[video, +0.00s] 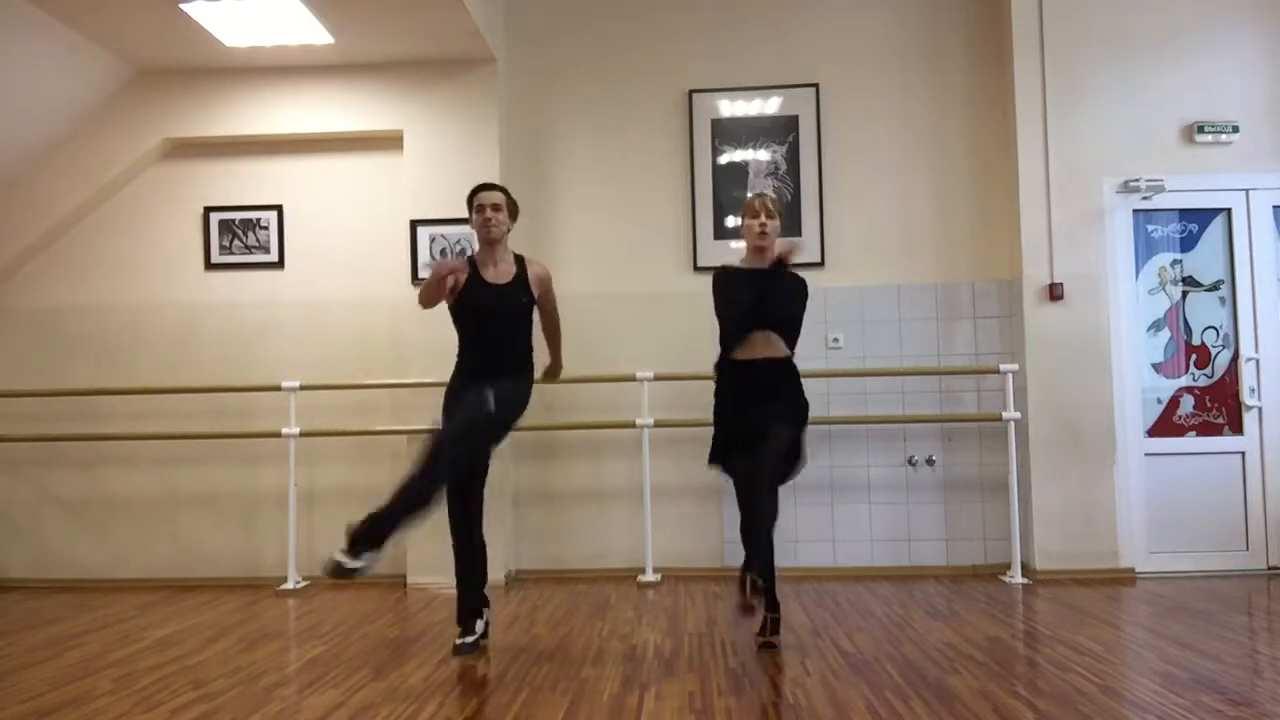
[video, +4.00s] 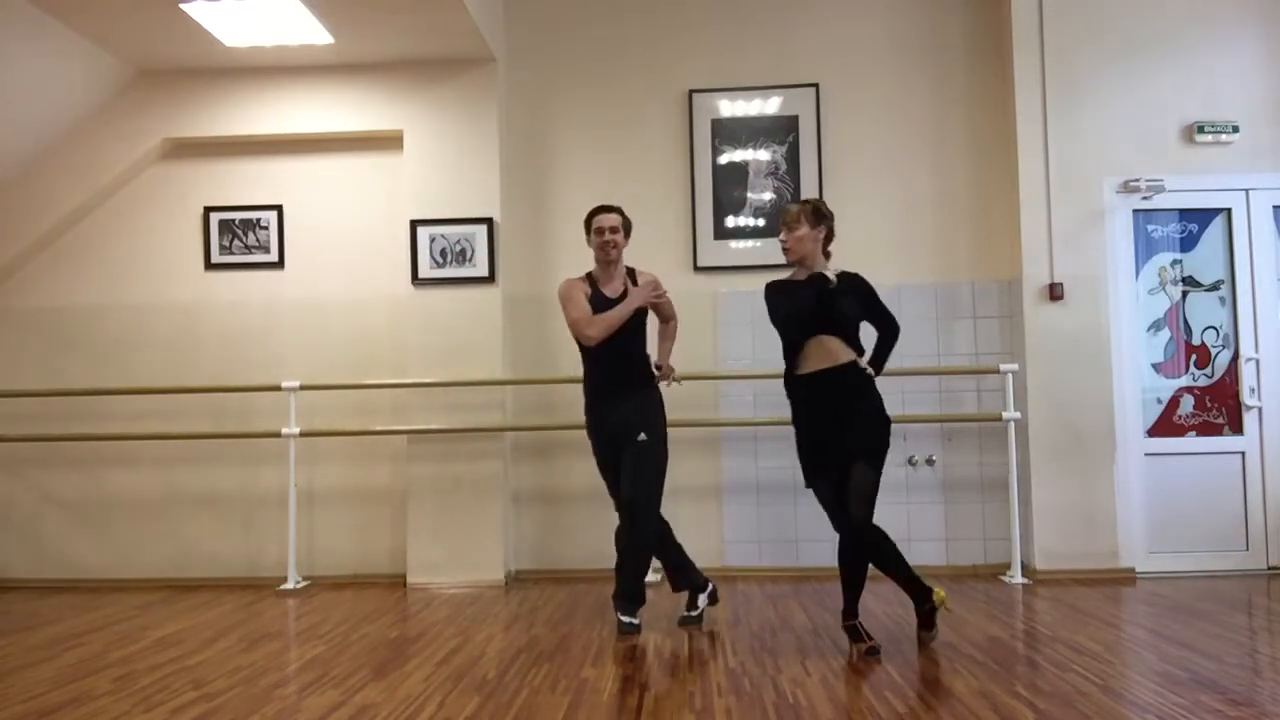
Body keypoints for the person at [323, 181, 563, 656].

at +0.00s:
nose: (489, 216)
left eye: (497, 208)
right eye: (481, 210)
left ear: (512, 219)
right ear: (470, 221)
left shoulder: (534, 274)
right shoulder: (458, 269)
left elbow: (550, 320)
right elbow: (426, 301)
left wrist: (555, 361)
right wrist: (440, 279)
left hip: (512, 384)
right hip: (466, 383)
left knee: (442, 460)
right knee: (465, 509)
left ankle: (364, 541)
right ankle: (473, 617)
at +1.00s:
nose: (487, 221)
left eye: (495, 215)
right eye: (480, 215)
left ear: (510, 226)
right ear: (469, 226)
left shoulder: (528, 284)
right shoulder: (454, 287)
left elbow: (548, 357)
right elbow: (446, 353)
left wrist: (563, 421)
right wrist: (427, 409)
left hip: (523, 411)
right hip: (473, 410)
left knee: (532, 512)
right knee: (446, 483)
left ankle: (534, 611)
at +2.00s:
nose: (561, 226)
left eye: (568, 220)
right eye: (554, 221)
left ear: (583, 228)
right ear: (544, 233)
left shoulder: (601, 277)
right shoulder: (539, 286)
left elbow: (581, 302)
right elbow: (514, 318)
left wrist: (543, 267)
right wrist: (488, 337)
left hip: (610, 403)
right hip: (565, 408)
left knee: (625, 505)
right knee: (595, 507)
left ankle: (624, 602)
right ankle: (659, 583)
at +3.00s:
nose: (601, 231)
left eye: (609, 223)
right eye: (600, 224)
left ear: (635, 228)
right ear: (605, 230)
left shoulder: (666, 270)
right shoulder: (597, 284)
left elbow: (706, 309)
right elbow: (537, 309)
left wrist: (673, 336)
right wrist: (476, 322)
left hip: (644, 398)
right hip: (599, 391)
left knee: (636, 506)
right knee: (543, 461)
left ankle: (627, 606)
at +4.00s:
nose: (608, 238)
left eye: (615, 231)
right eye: (600, 232)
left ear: (627, 238)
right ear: (589, 240)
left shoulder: (643, 283)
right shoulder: (573, 289)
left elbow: (667, 319)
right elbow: (589, 334)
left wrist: (663, 359)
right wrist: (636, 300)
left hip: (643, 406)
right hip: (601, 413)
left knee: (639, 508)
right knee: (634, 509)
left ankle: (627, 604)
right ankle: (696, 584)